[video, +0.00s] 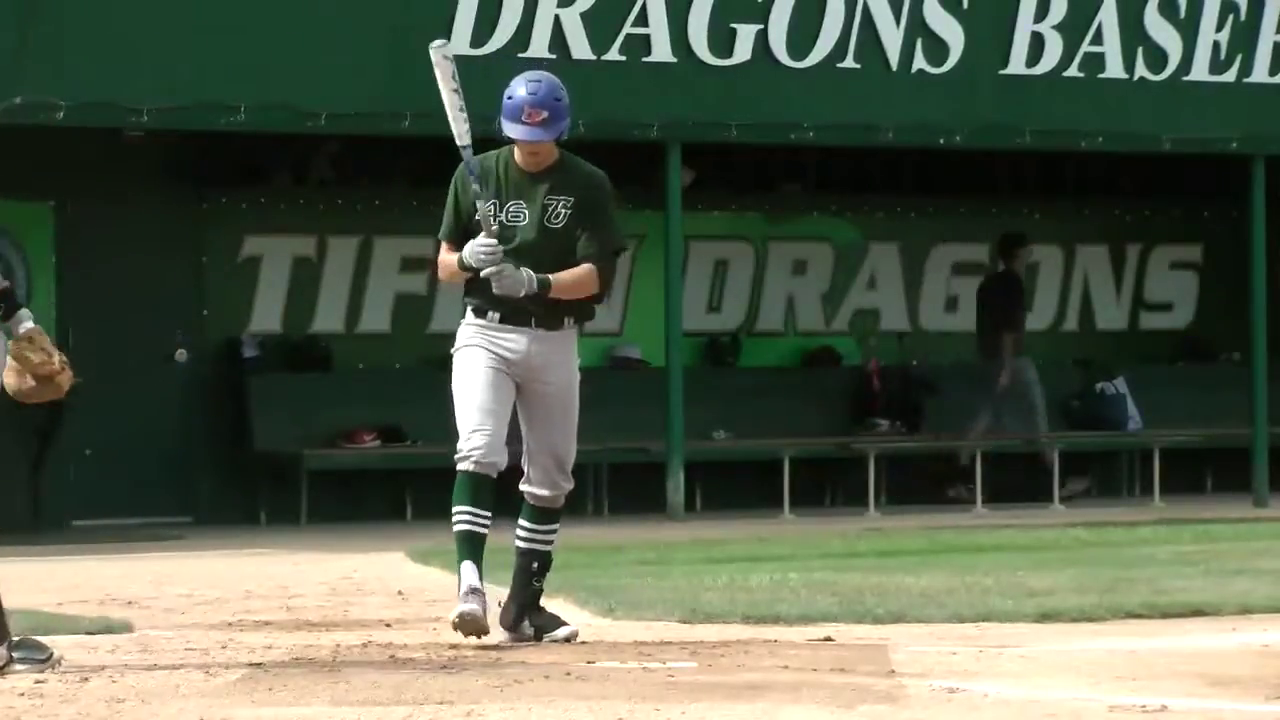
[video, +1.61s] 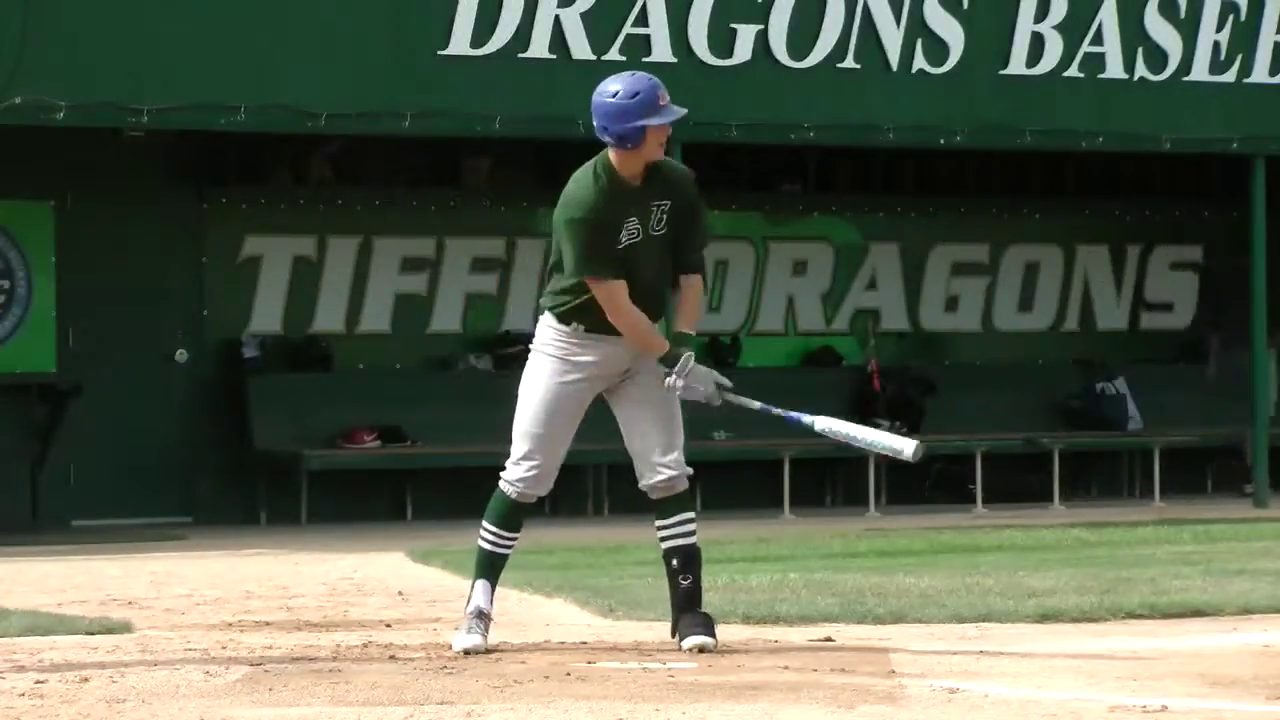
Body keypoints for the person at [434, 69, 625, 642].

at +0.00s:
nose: (531, 144)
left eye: (542, 134)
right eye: (522, 132)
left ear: (561, 128)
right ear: (507, 124)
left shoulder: (588, 185)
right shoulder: (474, 176)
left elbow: (598, 275)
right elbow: (445, 267)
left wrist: (534, 282)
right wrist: (466, 260)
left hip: (553, 345)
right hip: (483, 338)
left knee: (550, 477)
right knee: (481, 454)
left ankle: (523, 607)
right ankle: (472, 591)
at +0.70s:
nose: (491, 163)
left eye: (501, 152)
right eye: (481, 153)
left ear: (517, 140)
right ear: (460, 139)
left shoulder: (542, 185)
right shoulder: (428, 181)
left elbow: (531, 282)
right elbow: (404, 274)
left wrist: (447, 282)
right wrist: (401, 261)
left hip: (539, 346)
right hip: (465, 347)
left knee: (568, 473)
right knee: (458, 471)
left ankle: (601, 572)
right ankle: (466, 609)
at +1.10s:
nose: (528, 160)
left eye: (538, 148)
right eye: (517, 149)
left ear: (553, 140)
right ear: (497, 142)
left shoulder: (577, 189)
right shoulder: (473, 187)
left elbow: (553, 292)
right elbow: (457, 267)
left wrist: (481, 319)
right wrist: (439, 302)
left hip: (594, 349)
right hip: (518, 350)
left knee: (633, 476)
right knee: (487, 474)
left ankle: (684, 613)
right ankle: (472, 611)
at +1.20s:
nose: (552, 164)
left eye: (561, 152)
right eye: (540, 154)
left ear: (577, 144)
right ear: (521, 147)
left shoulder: (604, 193)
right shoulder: (496, 194)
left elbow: (593, 293)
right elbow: (484, 276)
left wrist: (528, 346)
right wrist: (480, 331)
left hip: (613, 348)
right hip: (536, 351)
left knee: (645, 473)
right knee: (501, 474)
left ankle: (687, 613)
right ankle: (476, 612)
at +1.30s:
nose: (578, 163)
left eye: (587, 151)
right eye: (567, 153)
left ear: (602, 142)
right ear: (546, 145)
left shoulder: (633, 193)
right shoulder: (516, 199)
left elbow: (626, 293)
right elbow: (515, 295)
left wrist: (589, 359)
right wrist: (531, 358)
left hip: (628, 344)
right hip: (552, 347)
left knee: (661, 471)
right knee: (514, 473)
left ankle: (689, 613)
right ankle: (478, 611)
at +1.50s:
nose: (650, 139)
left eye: (648, 130)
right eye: (638, 133)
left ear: (645, 131)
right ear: (605, 139)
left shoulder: (670, 187)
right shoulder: (565, 204)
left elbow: (670, 285)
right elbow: (583, 310)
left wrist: (648, 361)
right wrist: (621, 377)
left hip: (640, 341)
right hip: (568, 342)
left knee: (667, 474)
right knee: (524, 471)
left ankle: (689, 615)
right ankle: (478, 609)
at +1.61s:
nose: (669, 130)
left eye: (666, 121)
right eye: (659, 124)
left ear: (650, 128)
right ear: (627, 133)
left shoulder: (678, 185)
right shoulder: (584, 200)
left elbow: (690, 276)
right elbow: (614, 303)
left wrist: (686, 351)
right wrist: (675, 362)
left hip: (643, 349)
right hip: (568, 347)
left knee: (668, 475)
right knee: (527, 472)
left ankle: (689, 616)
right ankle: (478, 609)